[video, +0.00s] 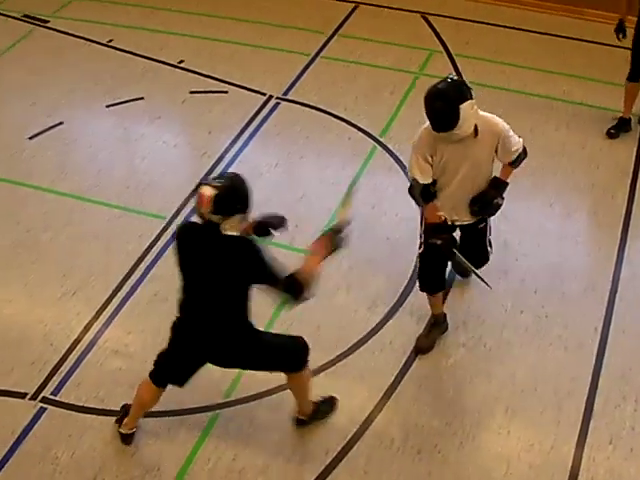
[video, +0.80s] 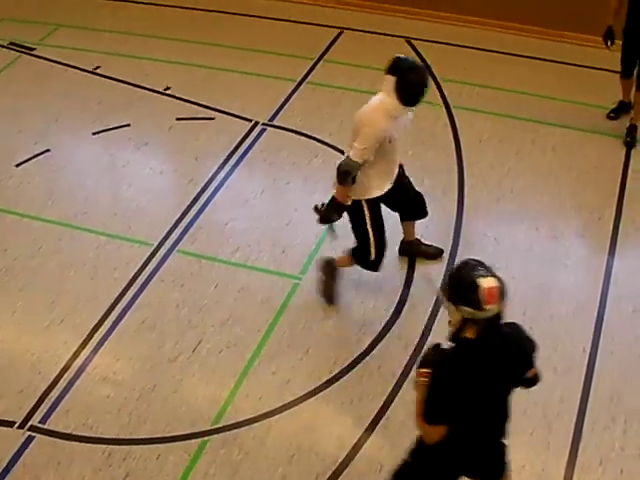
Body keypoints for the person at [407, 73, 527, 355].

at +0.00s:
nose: (456, 134)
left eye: (459, 127)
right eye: (449, 130)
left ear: (469, 113)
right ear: (437, 123)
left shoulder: (493, 128)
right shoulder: (426, 141)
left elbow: (515, 154)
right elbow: (422, 189)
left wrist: (497, 188)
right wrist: (436, 231)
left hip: (475, 213)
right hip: (438, 215)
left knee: (476, 259)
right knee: (431, 272)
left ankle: (460, 262)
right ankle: (438, 319)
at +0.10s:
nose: (459, 141)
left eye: (466, 137)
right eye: (455, 136)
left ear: (482, 127)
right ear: (450, 124)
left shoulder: (501, 140)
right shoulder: (438, 141)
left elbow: (516, 166)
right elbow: (407, 190)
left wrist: (496, 197)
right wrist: (428, 230)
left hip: (472, 221)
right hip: (434, 220)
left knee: (482, 255)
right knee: (431, 286)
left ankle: (446, 243)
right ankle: (446, 327)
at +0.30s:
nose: (477, 156)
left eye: (483, 152)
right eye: (475, 149)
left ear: (488, 148)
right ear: (464, 138)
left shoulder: (480, 160)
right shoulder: (443, 160)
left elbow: (481, 184)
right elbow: (411, 176)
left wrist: (471, 209)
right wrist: (392, 196)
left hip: (442, 214)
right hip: (415, 217)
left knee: (461, 239)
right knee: (436, 278)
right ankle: (430, 324)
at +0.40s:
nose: (482, 151)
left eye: (484, 146)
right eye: (481, 145)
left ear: (466, 129)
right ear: (475, 142)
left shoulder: (466, 154)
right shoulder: (435, 155)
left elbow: (457, 182)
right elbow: (398, 166)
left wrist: (445, 200)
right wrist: (375, 197)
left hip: (429, 204)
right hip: (403, 215)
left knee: (464, 222)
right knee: (431, 282)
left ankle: (428, 232)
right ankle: (421, 334)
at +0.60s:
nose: (455, 126)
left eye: (458, 121)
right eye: (454, 120)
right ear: (446, 117)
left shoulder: (440, 132)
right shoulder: (405, 136)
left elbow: (429, 163)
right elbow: (360, 173)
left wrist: (420, 185)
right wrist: (355, 210)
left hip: (408, 191)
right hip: (380, 201)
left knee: (439, 210)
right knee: (385, 253)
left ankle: (416, 239)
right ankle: (387, 287)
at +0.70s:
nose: (439, 106)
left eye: (441, 100)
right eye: (437, 99)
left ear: (420, 91)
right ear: (426, 95)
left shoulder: (423, 119)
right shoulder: (391, 120)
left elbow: (411, 153)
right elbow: (357, 168)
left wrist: (411, 180)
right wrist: (348, 203)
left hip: (399, 182)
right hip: (372, 191)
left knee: (423, 206)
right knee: (385, 253)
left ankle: (412, 242)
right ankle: (377, 301)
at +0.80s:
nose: (418, 99)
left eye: (420, 93)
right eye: (416, 94)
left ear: (397, 82)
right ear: (407, 91)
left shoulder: (397, 104)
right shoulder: (375, 121)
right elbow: (347, 169)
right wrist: (337, 205)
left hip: (388, 174)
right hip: (364, 190)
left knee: (412, 205)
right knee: (371, 255)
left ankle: (410, 243)